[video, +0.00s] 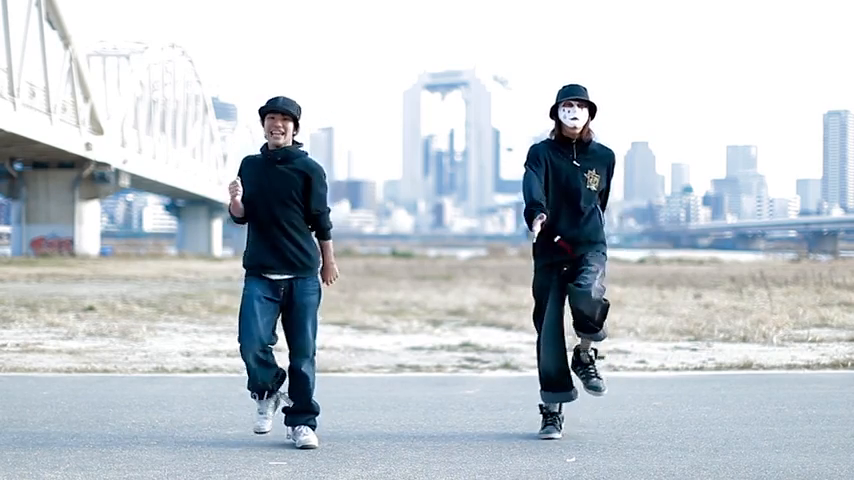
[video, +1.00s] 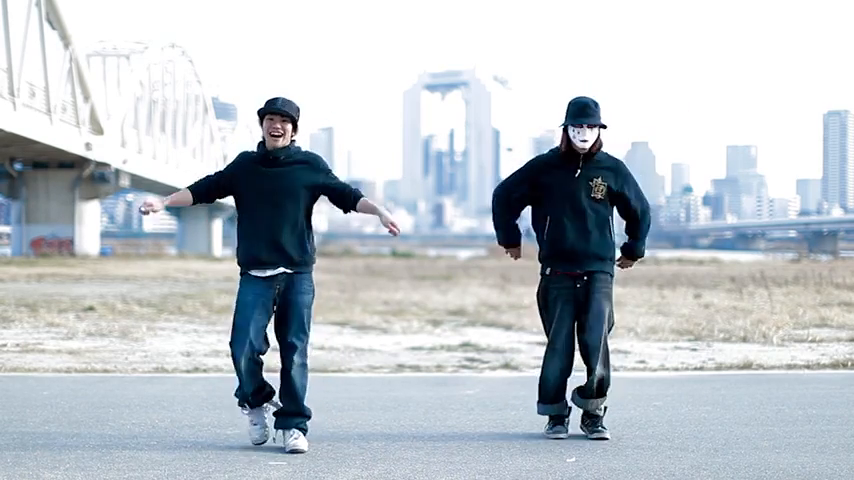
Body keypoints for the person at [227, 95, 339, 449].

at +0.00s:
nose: (276, 125)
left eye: (283, 120)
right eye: (271, 119)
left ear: (294, 127)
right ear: (262, 124)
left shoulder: (310, 168)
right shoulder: (250, 165)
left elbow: (320, 218)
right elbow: (242, 217)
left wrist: (328, 259)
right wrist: (235, 204)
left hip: (303, 273)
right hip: (260, 272)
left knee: (303, 352)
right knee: (251, 346)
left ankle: (303, 422)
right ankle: (269, 388)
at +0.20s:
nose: (271, 134)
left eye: (278, 130)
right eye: (266, 128)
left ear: (289, 136)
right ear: (257, 133)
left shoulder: (306, 170)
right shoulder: (240, 172)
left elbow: (336, 201)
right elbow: (221, 219)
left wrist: (330, 236)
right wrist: (219, 188)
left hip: (298, 275)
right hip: (256, 280)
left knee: (308, 330)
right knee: (255, 355)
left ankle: (298, 385)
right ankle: (261, 423)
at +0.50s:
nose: (283, 128)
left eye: (290, 122)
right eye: (278, 121)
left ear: (300, 128)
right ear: (267, 125)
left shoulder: (312, 168)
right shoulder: (248, 160)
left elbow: (321, 217)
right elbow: (231, 206)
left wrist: (333, 191)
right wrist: (221, 247)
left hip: (297, 268)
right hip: (257, 268)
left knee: (293, 343)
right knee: (256, 345)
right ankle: (261, 420)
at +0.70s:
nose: (280, 133)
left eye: (287, 129)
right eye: (275, 128)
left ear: (298, 136)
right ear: (266, 133)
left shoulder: (315, 171)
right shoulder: (251, 171)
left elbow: (341, 211)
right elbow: (226, 214)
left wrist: (319, 230)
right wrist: (248, 234)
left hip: (301, 283)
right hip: (258, 279)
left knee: (299, 358)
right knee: (241, 334)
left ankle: (297, 428)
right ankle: (259, 390)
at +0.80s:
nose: (280, 131)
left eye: (286, 127)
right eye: (274, 126)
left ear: (295, 138)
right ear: (265, 135)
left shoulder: (312, 172)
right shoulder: (249, 171)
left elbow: (348, 192)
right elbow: (211, 193)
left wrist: (321, 161)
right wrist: (224, 162)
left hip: (300, 274)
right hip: (261, 267)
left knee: (299, 355)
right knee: (242, 289)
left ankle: (295, 428)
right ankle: (261, 342)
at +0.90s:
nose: (278, 125)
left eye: (284, 121)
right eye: (272, 120)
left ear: (295, 130)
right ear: (263, 128)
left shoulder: (311, 165)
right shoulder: (246, 165)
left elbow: (347, 189)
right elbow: (206, 183)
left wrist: (375, 161)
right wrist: (180, 150)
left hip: (298, 274)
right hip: (257, 268)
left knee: (298, 352)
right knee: (239, 308)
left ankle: (295, 426)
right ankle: (265, 345)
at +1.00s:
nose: (276, 125)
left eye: (283, 121)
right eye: (271, 120)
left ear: (294, 127)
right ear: (261, 125)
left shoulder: (311, 165)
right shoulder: (243, 166)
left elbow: (346, 196)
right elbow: (204, 189)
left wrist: (380, 212)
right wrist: (165, 201)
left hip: (298, 272)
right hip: (255, 273)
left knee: (295, 350)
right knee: (243, 347)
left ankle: (293, 425)